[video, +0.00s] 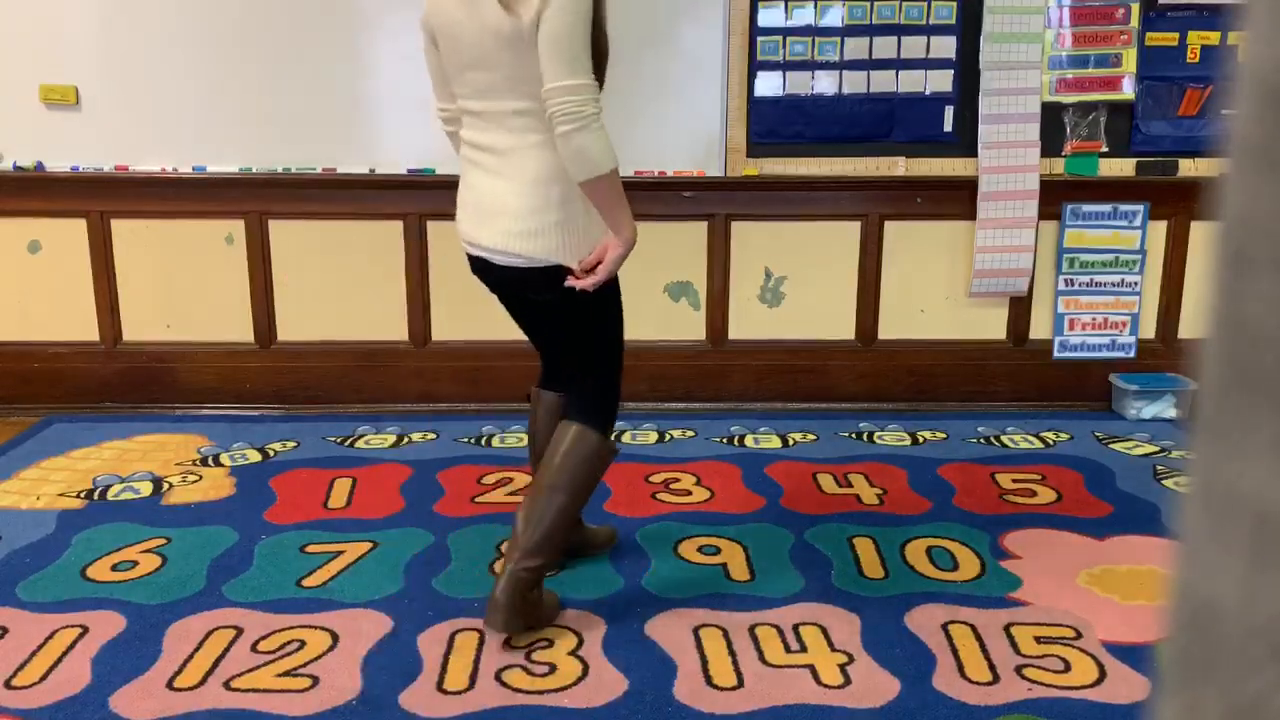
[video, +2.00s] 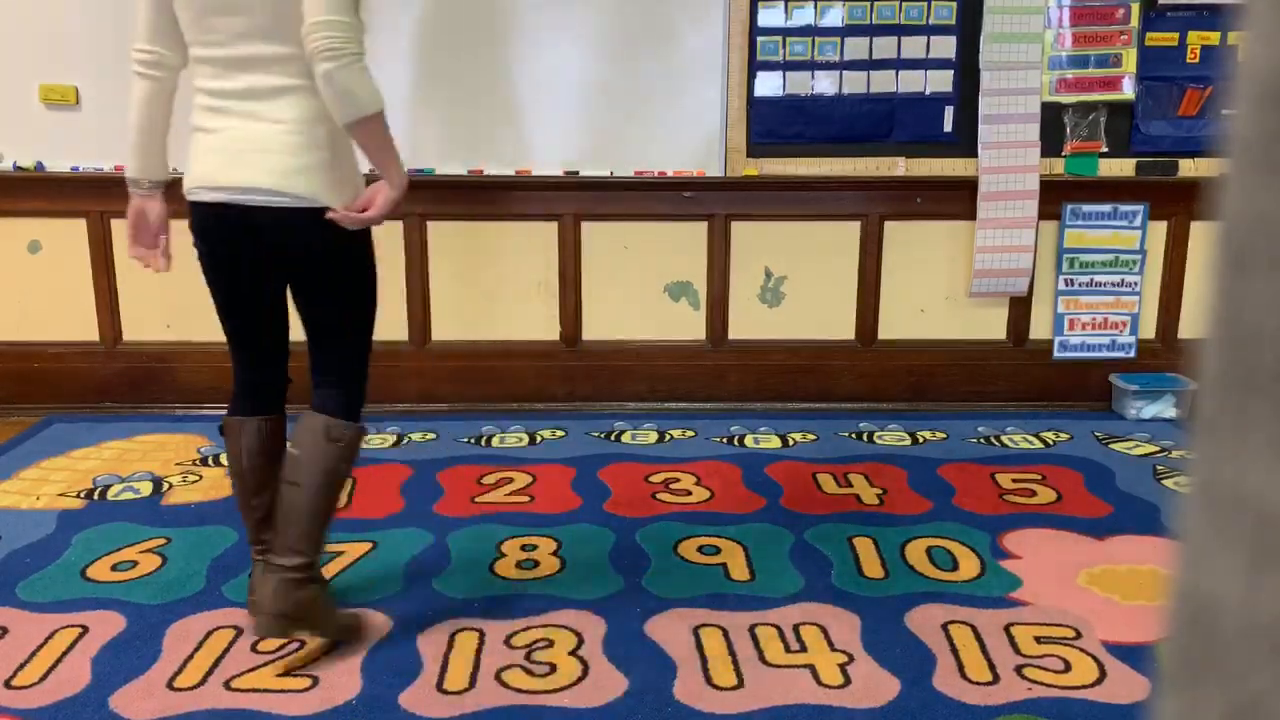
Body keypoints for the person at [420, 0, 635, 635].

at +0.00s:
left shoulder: (440, 4)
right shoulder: (558, 3)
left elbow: (451, 114)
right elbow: (572, 109)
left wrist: (498, 185)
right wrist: (621, 224)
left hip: (485, 234)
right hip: (555, 237)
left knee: (560, 368)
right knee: (594, 400)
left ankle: (549, 525)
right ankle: (521, 580)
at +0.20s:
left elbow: (411, 78)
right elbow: (586, 65)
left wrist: (441, 175)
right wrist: (621, 194)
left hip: (446, 209)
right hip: (540, 212)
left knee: (490, 378)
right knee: (535, 411)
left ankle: (490, 554)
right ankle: (503, 608)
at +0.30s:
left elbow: (393, 83)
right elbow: (578, 68)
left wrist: (413, 185)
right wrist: (616, 200)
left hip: (433, 211)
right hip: (534, 215)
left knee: (463, 394)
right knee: (533, 416)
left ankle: (424, 601)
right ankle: (503, 607)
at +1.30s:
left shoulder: (314, 2)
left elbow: (302, 90)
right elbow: (531, 70)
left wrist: (302, 220)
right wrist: (560, 180)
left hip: (384, 223)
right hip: (485, 218)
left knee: (428, 423)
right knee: (439, 388)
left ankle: (498, 625)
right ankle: (449, 567)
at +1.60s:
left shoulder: (261, 0)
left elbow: (248, 83)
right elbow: (462, 69)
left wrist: (267, 190)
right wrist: (506, 176)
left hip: (320, 211)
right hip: (425, 207)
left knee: (339, 397)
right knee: (422, 387)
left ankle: (392, 570)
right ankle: (427, 576)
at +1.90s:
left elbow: (177, 61)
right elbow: (358, 51)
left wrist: (175, 187)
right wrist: (420, 168)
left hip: (240, 186)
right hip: (341, 184)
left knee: (261, 378)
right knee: (368, 384)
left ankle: (272, 572)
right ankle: (376, 587)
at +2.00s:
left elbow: (154, 61)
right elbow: (331, 53)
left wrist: (146, 187)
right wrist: (391, 171)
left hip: (217, 190)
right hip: (313, 190)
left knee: (255, 379)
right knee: (337, 381)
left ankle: (269, 569)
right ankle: (290, 580)